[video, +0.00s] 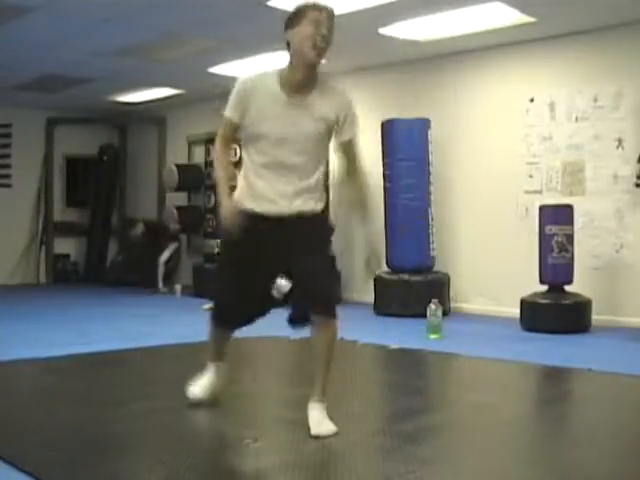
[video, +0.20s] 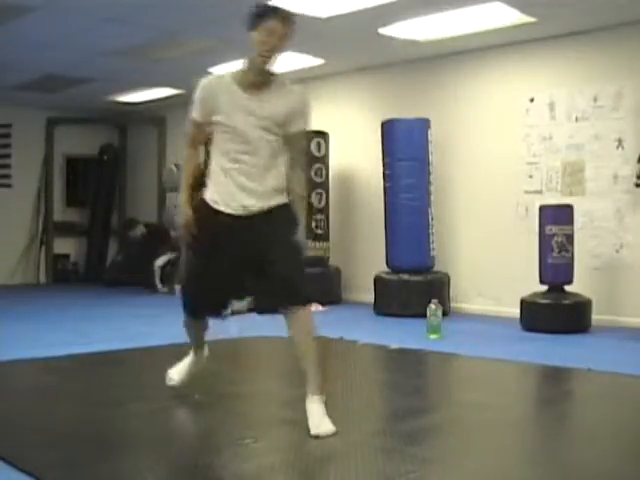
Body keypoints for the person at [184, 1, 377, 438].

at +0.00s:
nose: (321, 38)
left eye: (327, 34)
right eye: (313, 29)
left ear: (330, 44)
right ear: (290, 33)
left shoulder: (337, 100)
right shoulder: (249, 88)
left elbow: (349, 162)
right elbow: (223, 144)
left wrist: (359, 210)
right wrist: (225, 198)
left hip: (307, 222)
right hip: (252, 217)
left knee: (325, 309)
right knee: (227, 305)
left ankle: (318, 403)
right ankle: (215, 368)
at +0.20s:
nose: (271, 43)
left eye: (279, 38)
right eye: (266, 33)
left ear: (286, 45)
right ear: (251, 34)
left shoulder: (292, 98)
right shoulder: (213, 87)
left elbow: (299, 166)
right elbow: (194, 147)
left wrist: (300, 223)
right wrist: (186, 201)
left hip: (273, 216)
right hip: (216, 213)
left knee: (297, 301)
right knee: (193, 297)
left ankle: (314, 397)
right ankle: (198, 352)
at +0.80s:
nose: (163, 91)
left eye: (167, 84)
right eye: (161, 85)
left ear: (190, 82)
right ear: (175, 85)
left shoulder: (217, 119)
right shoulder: (182, 116)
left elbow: (246, 153)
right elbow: (197, 159)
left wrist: (264, 174)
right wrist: (181, 175)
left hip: (211, 220)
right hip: (193, 218)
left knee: (165, 288)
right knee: (195, 287)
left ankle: (169, 360)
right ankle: (229, 338)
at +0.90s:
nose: (177, 99)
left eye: (179, 92)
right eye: (175, 93)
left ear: (197, 85)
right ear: (188, 88)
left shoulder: (230, 117)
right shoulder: (199, 117)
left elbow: (245, 171)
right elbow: (202, 167)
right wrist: (187, 197)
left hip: (222, 213)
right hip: (202, 212)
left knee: (183, 279)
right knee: (211, 278)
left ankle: (169, 359)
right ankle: (251, 325)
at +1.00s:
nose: (195, 107)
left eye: (197, 99)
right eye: (191, 102)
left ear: (215, 87)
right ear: (198, 96)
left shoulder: (246, 117)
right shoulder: (217, 118)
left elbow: (242, 177)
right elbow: (218, 166)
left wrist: (206, 214)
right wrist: (197, 205)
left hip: (250, 205)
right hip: (229, 203)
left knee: (210, 272)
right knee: (224, 273)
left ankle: (189, 350)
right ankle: (265, 328)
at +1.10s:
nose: (211, 118)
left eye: (212, 110)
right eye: (207, 112)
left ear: (229, 100)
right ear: (222, 105)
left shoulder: (258, 131)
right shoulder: (236, 133)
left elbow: (246, 184)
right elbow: (235, 186)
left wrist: (204, 189)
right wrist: (214, 216)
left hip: (268, 219)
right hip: (249, 217)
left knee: (231, 282)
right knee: (237, 284)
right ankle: (272, 340)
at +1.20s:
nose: (224, 126)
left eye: (226, 118)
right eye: (221, 120)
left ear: (245, 109)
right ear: (241, 113)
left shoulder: (269, 138)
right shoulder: (254, 143)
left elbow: (260, 192)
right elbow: (258, 192)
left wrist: (241, 209)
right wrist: (242, 206)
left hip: (288, 227)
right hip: (270, 227)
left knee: (249, 287)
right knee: (242, 287)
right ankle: (274, 345)